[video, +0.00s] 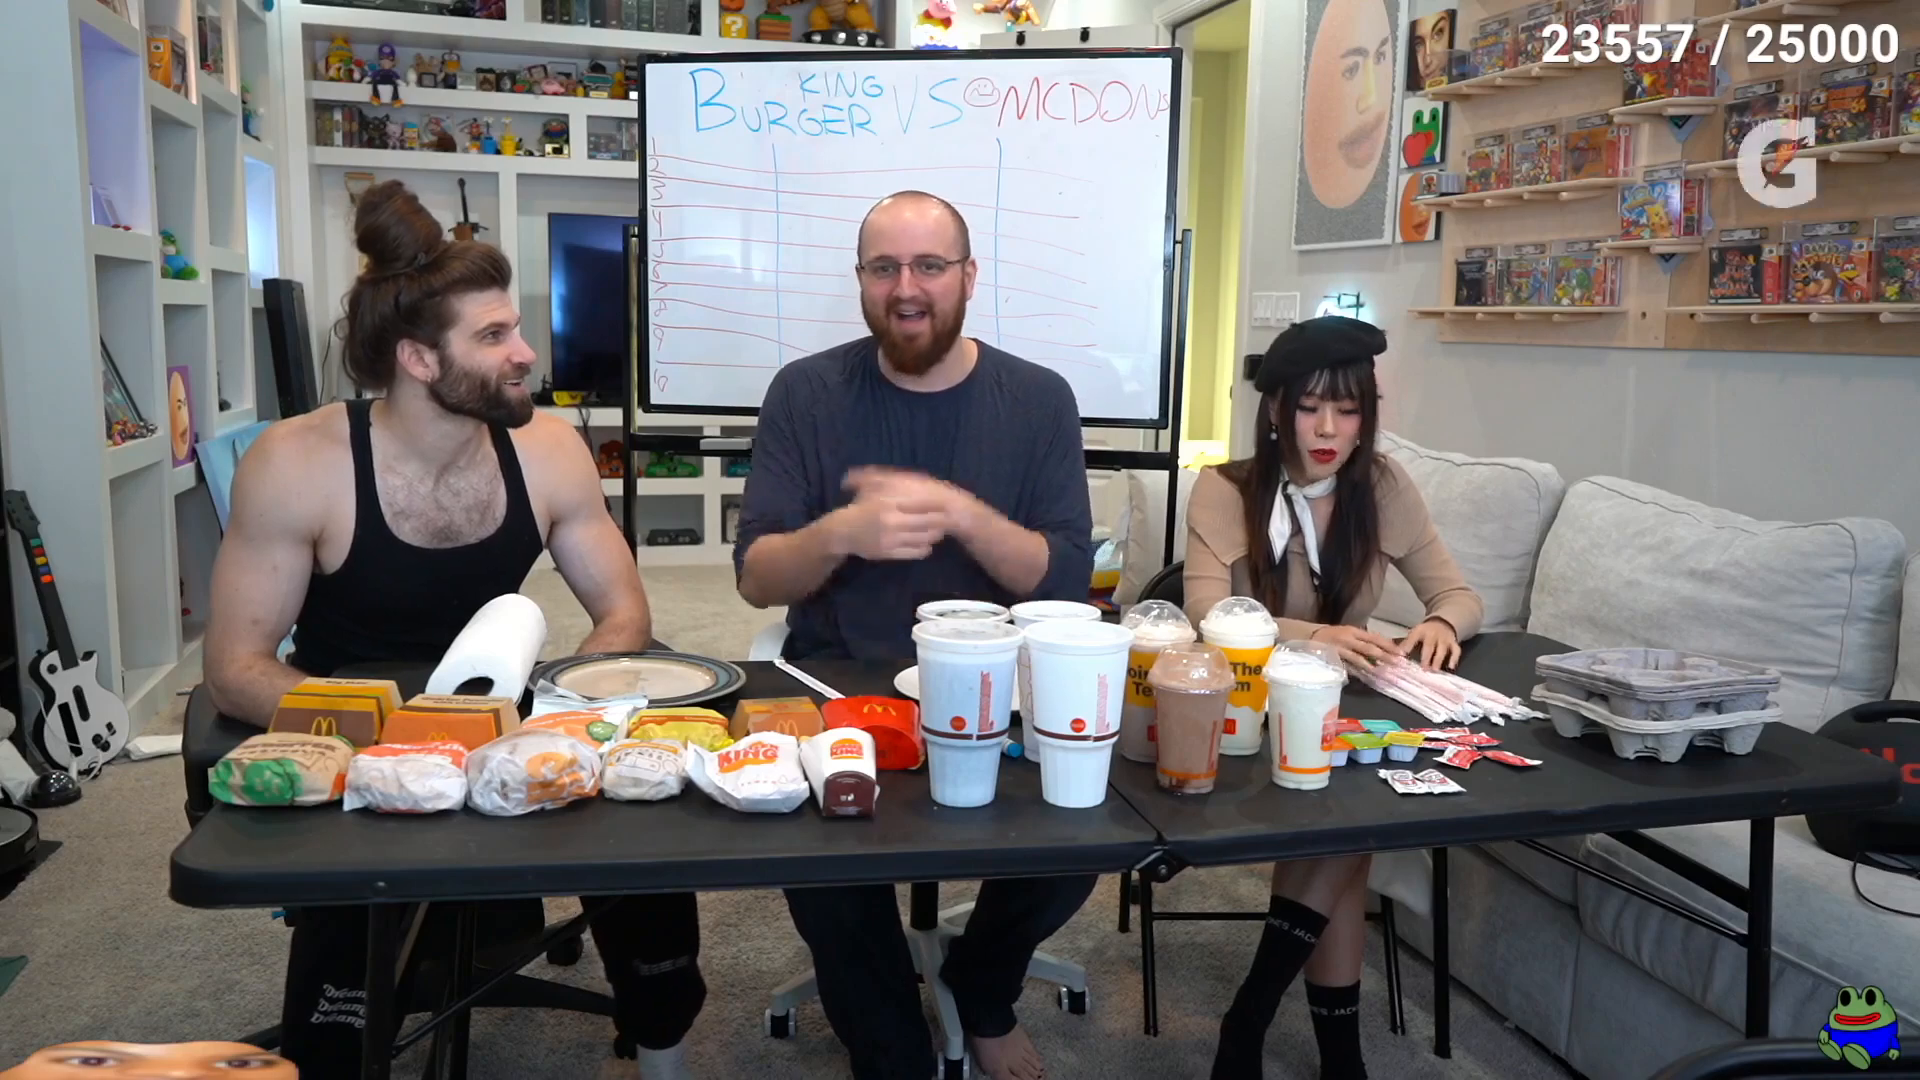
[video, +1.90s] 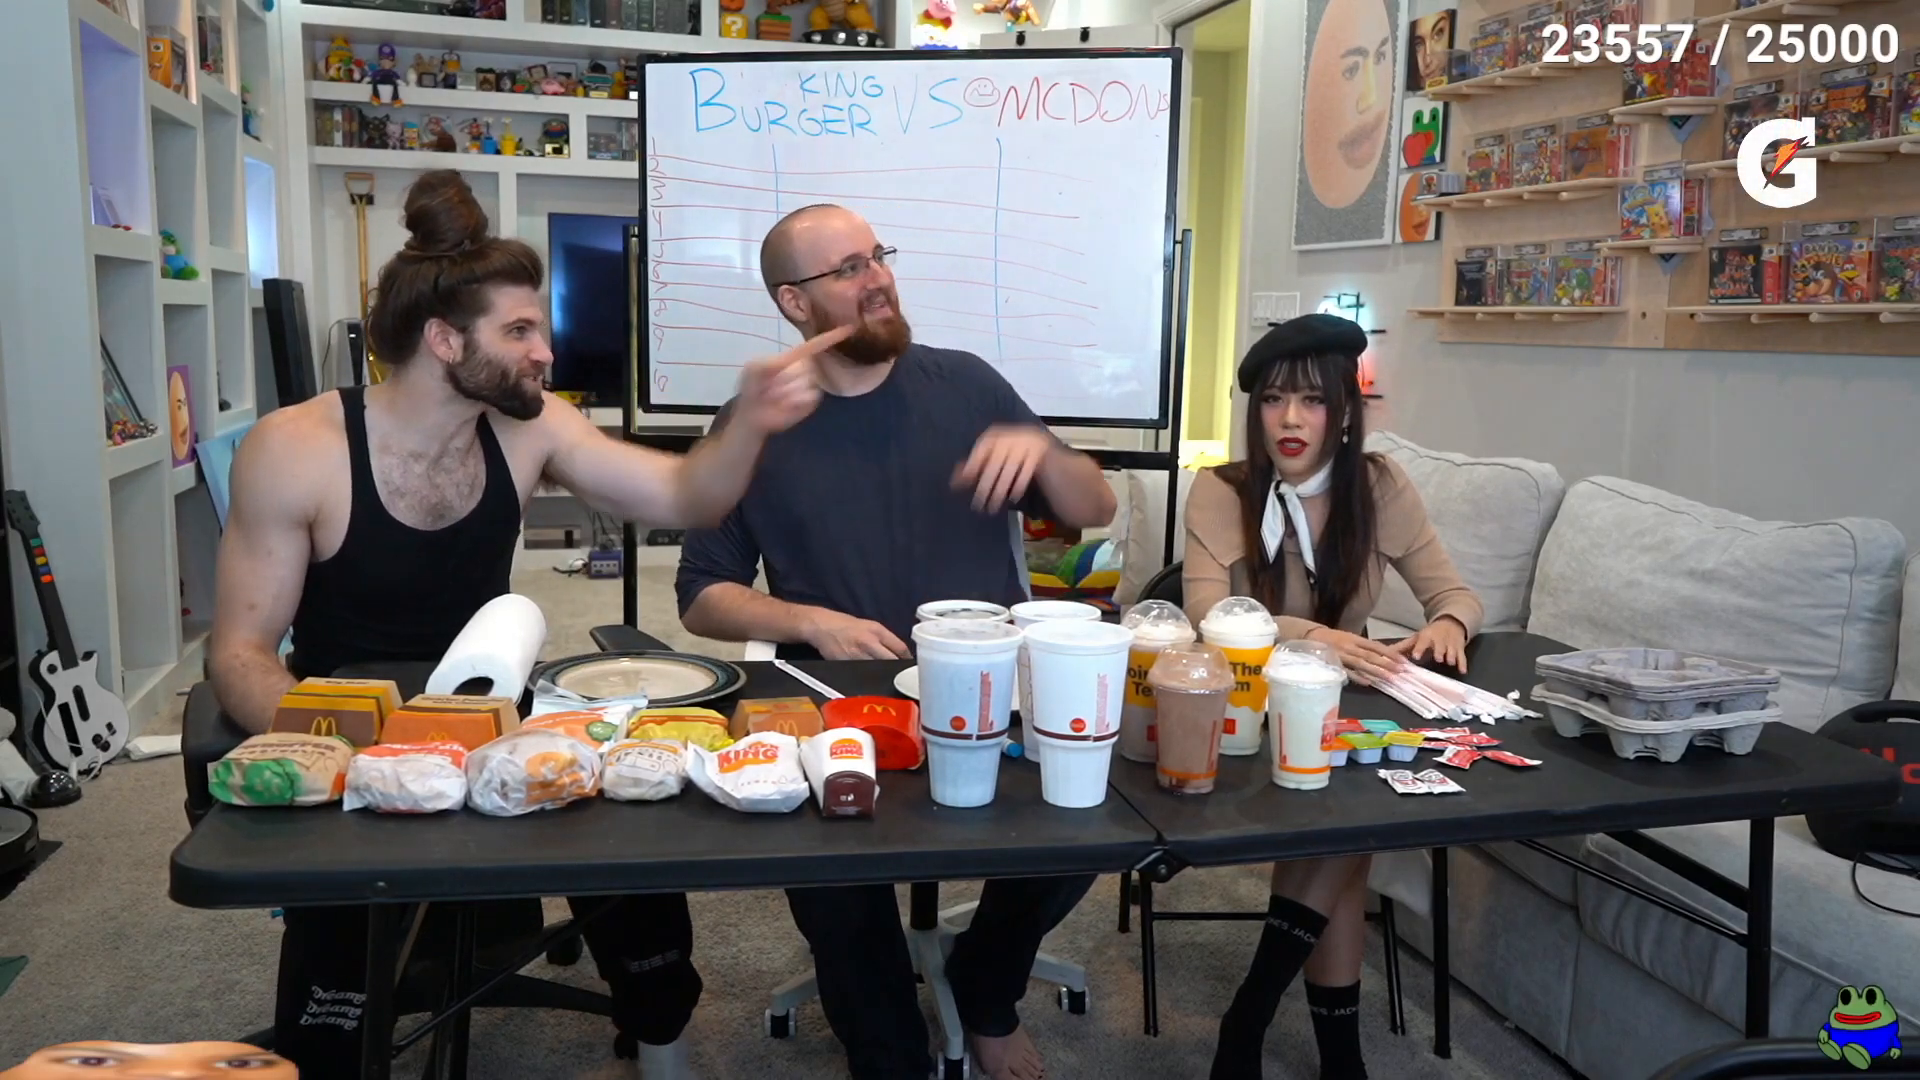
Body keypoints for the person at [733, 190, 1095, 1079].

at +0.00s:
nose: (906, 288)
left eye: (929, 266)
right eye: (884, 268)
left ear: (969, 278)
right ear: (860, 284)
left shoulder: (1037, 398)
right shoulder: (805, 392)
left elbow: (1069, 585)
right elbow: (758, 580)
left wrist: (967, 515)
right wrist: (840, 531)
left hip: (999, 681)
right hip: (842, 679)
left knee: (1076, 837)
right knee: (819, 851)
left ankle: (980, 986)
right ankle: (898, 1058)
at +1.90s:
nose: (880, 279)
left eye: (880, 258)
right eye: (849, 270)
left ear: (892, 265)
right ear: (795, 305)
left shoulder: (964, 383)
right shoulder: (755, 426)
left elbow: (1093, 512)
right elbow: (700, 595)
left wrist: (1044, 451)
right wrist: (809, 622)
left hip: (990, 687)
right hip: (836, 699)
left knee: (1075, 825)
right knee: (822, 858)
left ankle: (982, 991)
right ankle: (895, 1061)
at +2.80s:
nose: (830, 301)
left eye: (842, 276)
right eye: (799, 288)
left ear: (863, 280)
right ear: (764, 311)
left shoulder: (955, 382)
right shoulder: (734, 431)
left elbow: (1095, 476)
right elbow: (696, 590)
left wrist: (999, 504)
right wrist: (775, 613)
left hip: (975, 684)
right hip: (824, 697)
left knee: (1061, 821)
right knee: (814, 852)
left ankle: (1003, 1017)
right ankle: (884, 1057)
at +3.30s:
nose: (830, 332)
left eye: (851, 304)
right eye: (806, 310)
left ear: (894, 303)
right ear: (783, 317)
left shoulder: (992, 387)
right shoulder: (761, 399)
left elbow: (1088, 457)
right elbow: (747, 479)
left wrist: (1077, 604)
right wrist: (783, 586)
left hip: (975, 677)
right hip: (830, 671)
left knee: (966, 846)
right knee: (766, 823)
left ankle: (881, 1024)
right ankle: (834, 1004)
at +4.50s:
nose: (671, 86)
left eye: (664, 58)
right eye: (659, 65)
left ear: (722, 27)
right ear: (729, 28)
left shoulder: (924, 139)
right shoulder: (764, 144)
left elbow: (1027, 351)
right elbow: (809, 339)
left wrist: (973, 539)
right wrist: (786, 477)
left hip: (887, 536)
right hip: (772, 513)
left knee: (862, 799)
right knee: (737, 756)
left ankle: (898, 1024)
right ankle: (801, 975)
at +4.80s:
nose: (621, 86)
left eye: (607, 55)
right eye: (606, 63)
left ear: (644, 22)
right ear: (666, 18)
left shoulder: (814, 109)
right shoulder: (761, 118)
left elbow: (935, 322)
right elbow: (816, 325)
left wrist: (836, 500)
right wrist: (785, 479)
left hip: (872, 499)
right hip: (787, 484)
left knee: (832, 746)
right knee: (703, 702)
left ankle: (892, 1022)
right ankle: (742, 967)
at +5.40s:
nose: (489, 88)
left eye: (481, 68)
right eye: (482, 71)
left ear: (493, 55)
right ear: (576, 35)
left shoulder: (566, 137)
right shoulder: (689, 111)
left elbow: (606, 338)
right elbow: (716, 291)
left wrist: (524, 384)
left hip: (683, 477)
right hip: (774, 457)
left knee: (657, 707)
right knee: (740, 703)